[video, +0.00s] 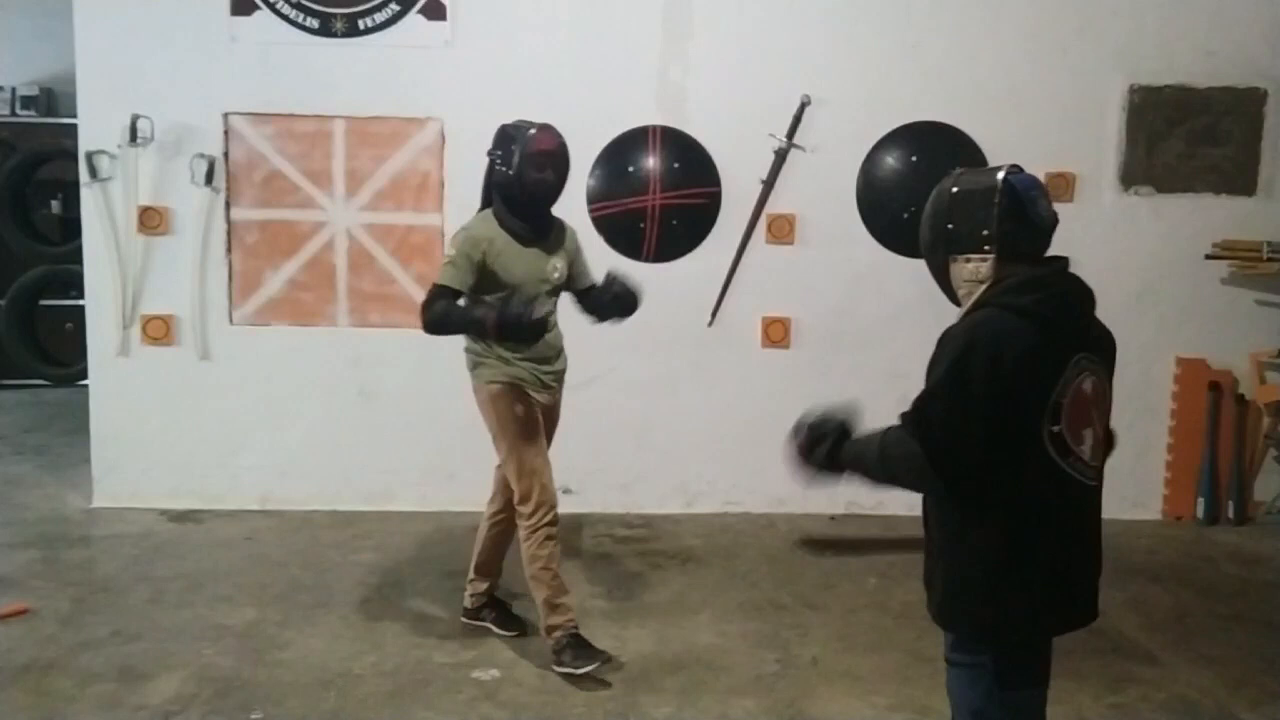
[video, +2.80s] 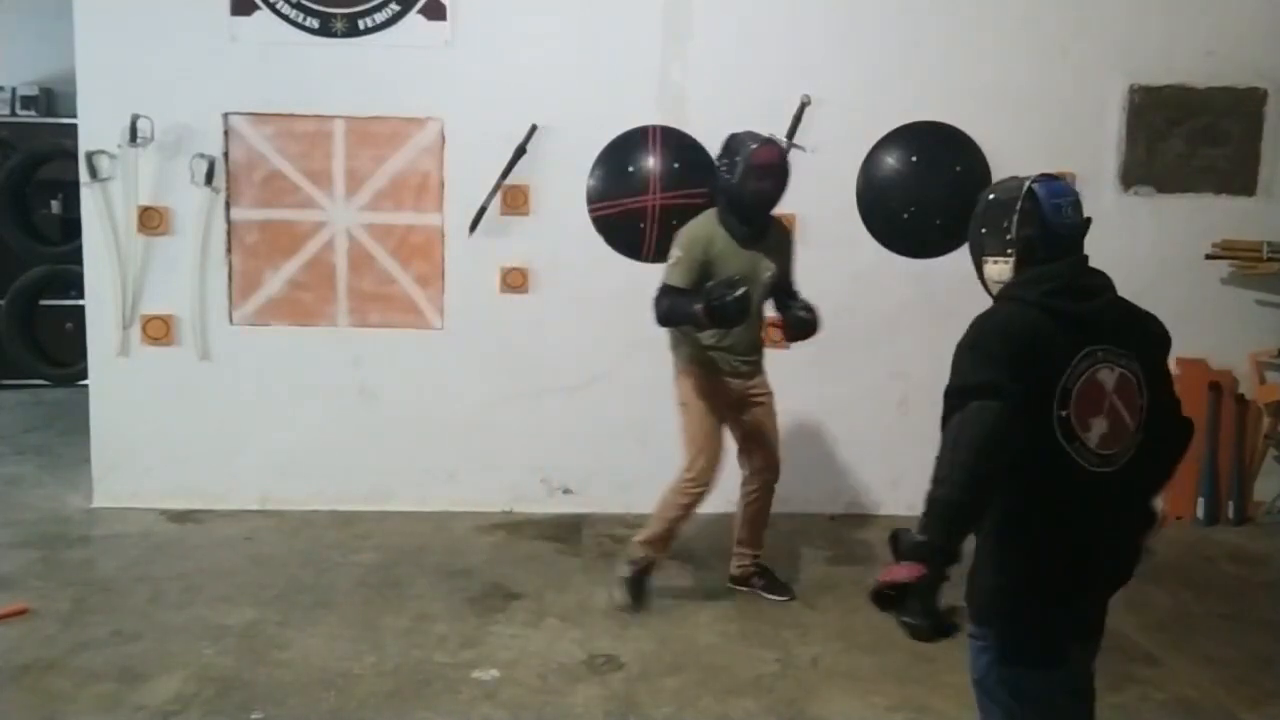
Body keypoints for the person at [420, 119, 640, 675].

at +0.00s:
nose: (548, 180)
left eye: (556, 169)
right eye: (537, 168)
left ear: (563, 175)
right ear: (504, 169)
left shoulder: (561, 237)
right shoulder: (478, 236)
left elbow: (588, 299)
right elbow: (434, 314)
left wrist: (612, 299)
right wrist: (494, 314)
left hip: (548, 374)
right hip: (498, 374)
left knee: (512, 490)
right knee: (537, 496)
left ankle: (479, 596)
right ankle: (563, 635)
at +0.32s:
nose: (586, 196)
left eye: (590, 185)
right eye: (576, 184)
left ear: (591, 188)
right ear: (543, 181)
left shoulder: (595, 232)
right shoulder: (513, 240)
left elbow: (647, 288)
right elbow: (502, 328)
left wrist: (661, 255)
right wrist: (547, 273)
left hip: (583, 382)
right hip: (536, 383)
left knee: (563, 504)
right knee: (569, 517)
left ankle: (497, 582)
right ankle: (572, 647)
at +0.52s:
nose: (616, 204)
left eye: (620, 194)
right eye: (605, 192)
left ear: (619, 198)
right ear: (574, 191)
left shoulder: (620, 242)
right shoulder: (540, 251)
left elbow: (645, 307)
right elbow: (526, 343)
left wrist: (668, 303)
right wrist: (574, 299)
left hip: (603, 389)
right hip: (555, 396)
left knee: (630, 492)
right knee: (585, 522)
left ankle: (566, 570)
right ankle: (572, 650)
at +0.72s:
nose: (644, 234)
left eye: (648, 225)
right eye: (637, 223)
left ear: (646, 225)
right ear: (609, 216)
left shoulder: (647, 257)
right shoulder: (562, 264)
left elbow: (687, 321)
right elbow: (547, 351)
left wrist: (698, 302)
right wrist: (596, 307)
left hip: (621, 387)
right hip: (571, 392)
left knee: (657, 487)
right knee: (602, 520)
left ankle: (644, 567)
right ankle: (576, 649)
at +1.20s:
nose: (666, 212)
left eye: (674, 203)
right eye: (658, 201)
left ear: (681, 206)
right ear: (637, 200)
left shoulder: (688, 246)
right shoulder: (599, 250)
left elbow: (705, 301)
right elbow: (556, 313)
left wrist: (713, 330)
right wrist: (584, 326)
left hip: (667, 380)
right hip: (617, 379)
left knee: (677, 480)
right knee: (638, 486)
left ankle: (657, 564)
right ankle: (611, 587)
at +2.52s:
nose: (719, 193)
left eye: (725, 183)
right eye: (710, 181)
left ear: (729, 188)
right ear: (685, 182)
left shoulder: (719, 239)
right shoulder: (648, 237)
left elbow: (716, 298)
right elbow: (614, 309)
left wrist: (735, 320)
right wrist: (658, 314)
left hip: (694, 371)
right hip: (644, 369)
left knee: (724, 465)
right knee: (632, 476)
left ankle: (741, 565)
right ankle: (608, 571)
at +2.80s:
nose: (767, 190)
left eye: (774, 181)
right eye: (758, 180)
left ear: (779, 185)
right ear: (729, 179)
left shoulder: (776, 236)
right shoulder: (698, 236)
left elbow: (785, 293)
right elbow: (665, 307)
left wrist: (798, 316)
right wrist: (705, 310)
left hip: (750, 374)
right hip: (700, 371)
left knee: (763, 467)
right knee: (701, 470)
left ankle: (746, 567)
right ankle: (640, 561)